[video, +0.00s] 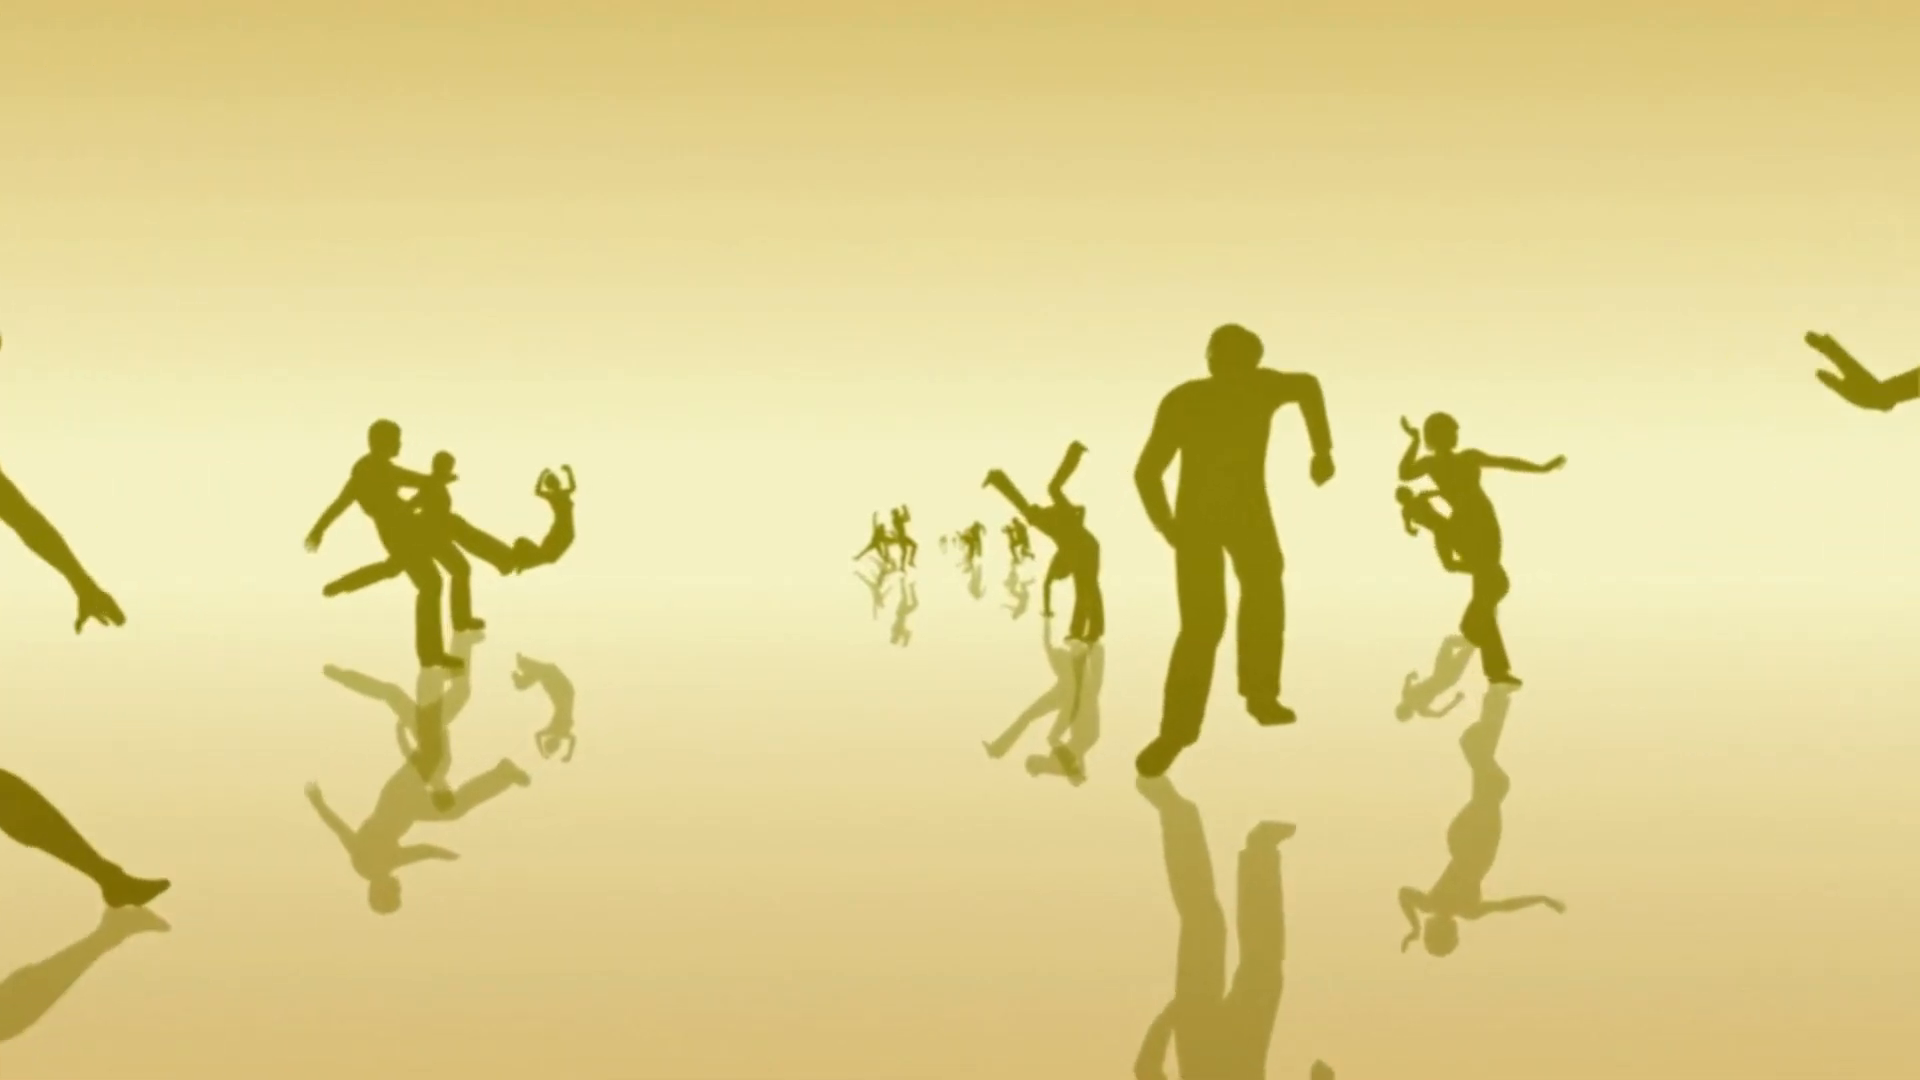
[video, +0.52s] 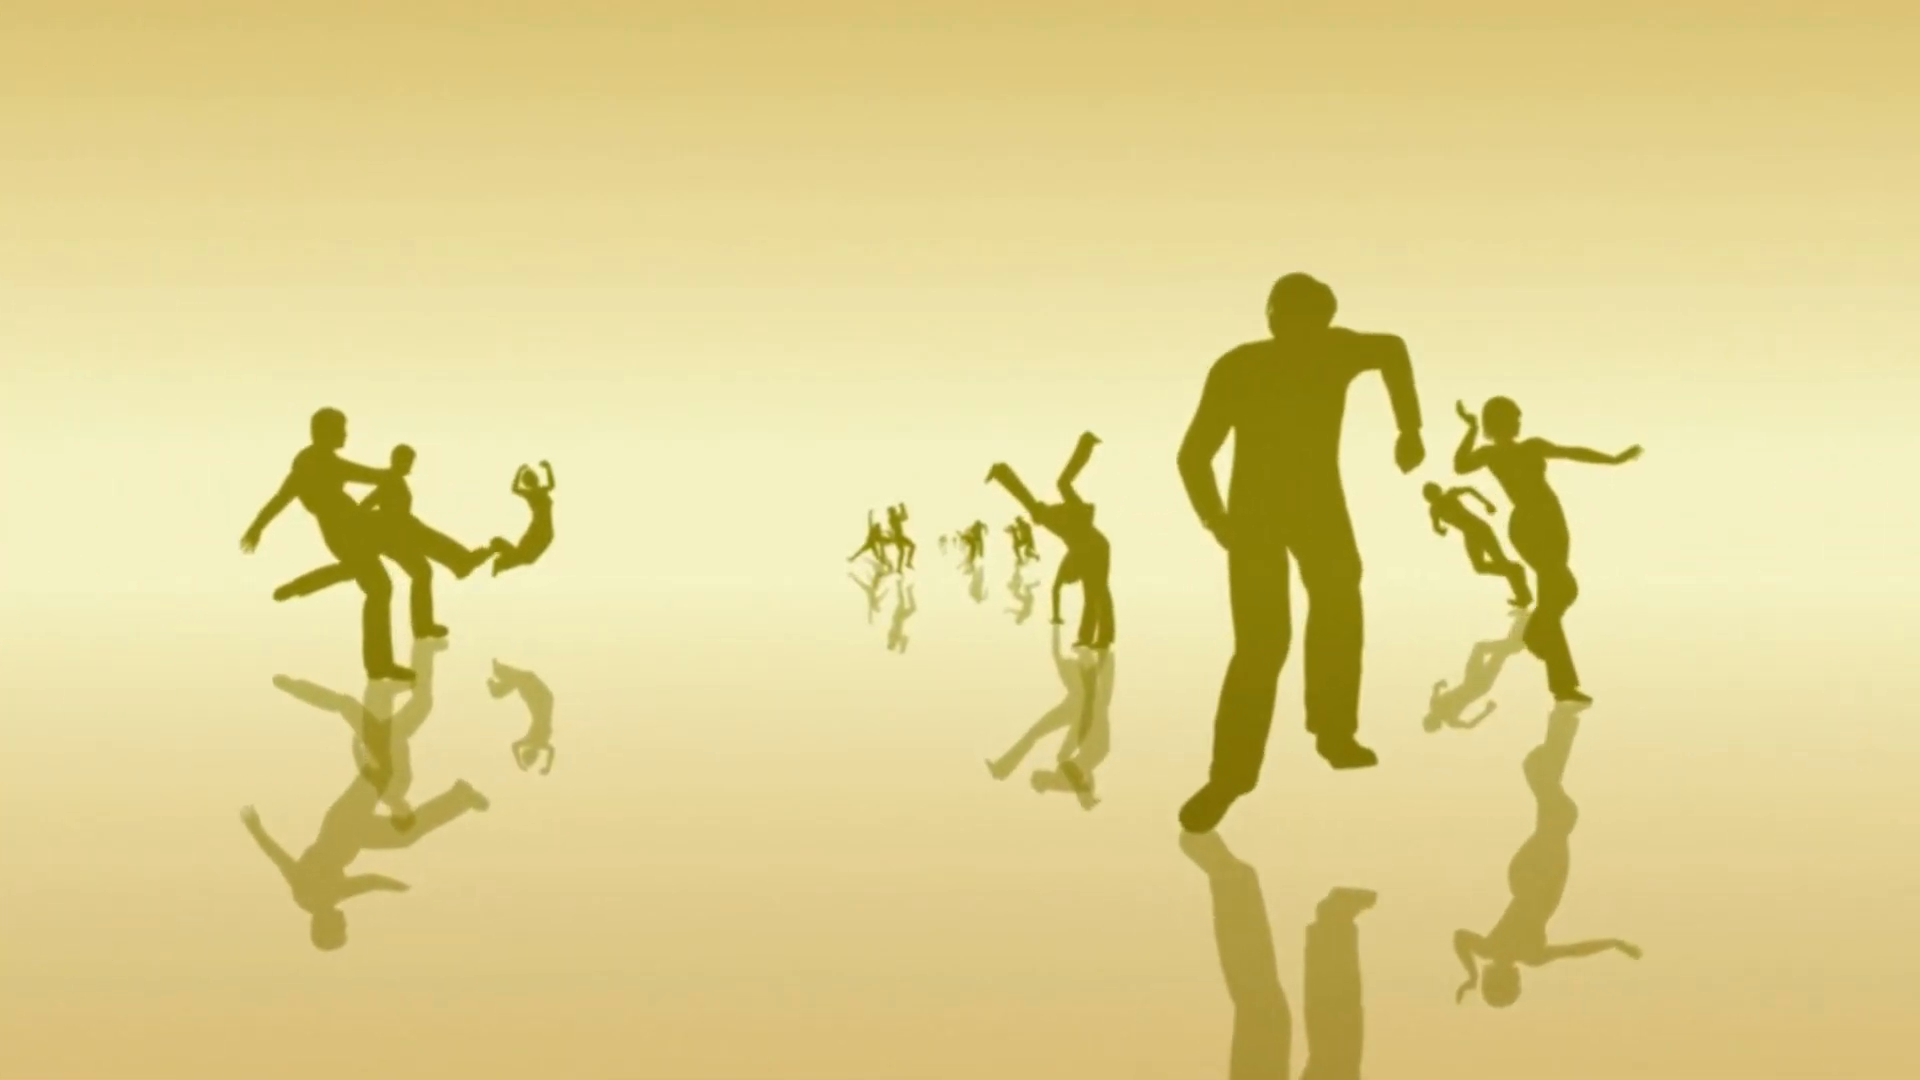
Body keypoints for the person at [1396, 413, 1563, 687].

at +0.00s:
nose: (1448, 439)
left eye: (1451, 432)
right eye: (1443, 434)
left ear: (1455, 434)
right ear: (1433, 437)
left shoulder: (1470, 457)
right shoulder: (1431, 464)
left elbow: (1506, 463)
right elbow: (1404, 473)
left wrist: (1541, 469)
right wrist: (1413, 441)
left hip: (1484, 522)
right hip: (1461, 526)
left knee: (1486, 590)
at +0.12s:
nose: (1457, 437)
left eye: (1460, 431)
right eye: (1452, 432)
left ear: (1465, 432)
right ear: (1442, 435)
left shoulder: (1480, 455)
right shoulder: (1440, 462)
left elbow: (1516, 461)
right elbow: (1413, 472)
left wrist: (1552, 467)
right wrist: (1422, 439)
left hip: (1493, 523)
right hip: (1470, 527)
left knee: (1499, 587)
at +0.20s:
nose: (1473, 434)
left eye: (1475, 427)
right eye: (1467, 428)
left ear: (1480, 429)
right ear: (1456, 432)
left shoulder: (1495, 453)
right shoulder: (1454, 460)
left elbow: (1533, 459)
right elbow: (1426, 470)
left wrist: (1570, 465)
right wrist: (1436, 436)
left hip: (1511, 522)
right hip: (1485, 527)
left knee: (1520, 587)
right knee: (1511, 592)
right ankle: (1524, 678)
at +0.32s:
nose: (1484, 431)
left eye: (1486, 424)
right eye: (1477, 426)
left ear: (1491, 426)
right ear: (1466, 430)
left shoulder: (1505, 451)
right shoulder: (1465, 458)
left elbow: (1544, 457)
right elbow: (1435, 469)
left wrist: (1581, 464)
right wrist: (1445, 434)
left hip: (1522, 521)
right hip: (1496, 526)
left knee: (1534, 587)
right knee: (1518, 598)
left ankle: (1507, 631)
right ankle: (1535, 681)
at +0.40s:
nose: (1503, 426)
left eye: (1503, 420)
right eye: (1497, 421)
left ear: (1504, 422)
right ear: (1485, 425)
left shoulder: (1522, 448)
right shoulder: (1480, 455)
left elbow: (1561, 455)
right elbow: (1449, 467)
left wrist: (1601, 461)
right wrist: (1460, 431)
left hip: (1538, 520)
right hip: (1513, 526)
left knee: (1546, 591)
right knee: (1549, 588)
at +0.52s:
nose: (1513, 424)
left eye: (1514, 418)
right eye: (1507, 419)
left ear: (1516, 419)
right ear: (1497, 423)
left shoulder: (1534, 446)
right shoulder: (1491, 453)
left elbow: (1573, 453)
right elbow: (1460, 465)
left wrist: (1613, 460)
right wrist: (1471, 428)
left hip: (1550, 521)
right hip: (1524, 526)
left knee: (1555, 597)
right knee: (1562, 588)